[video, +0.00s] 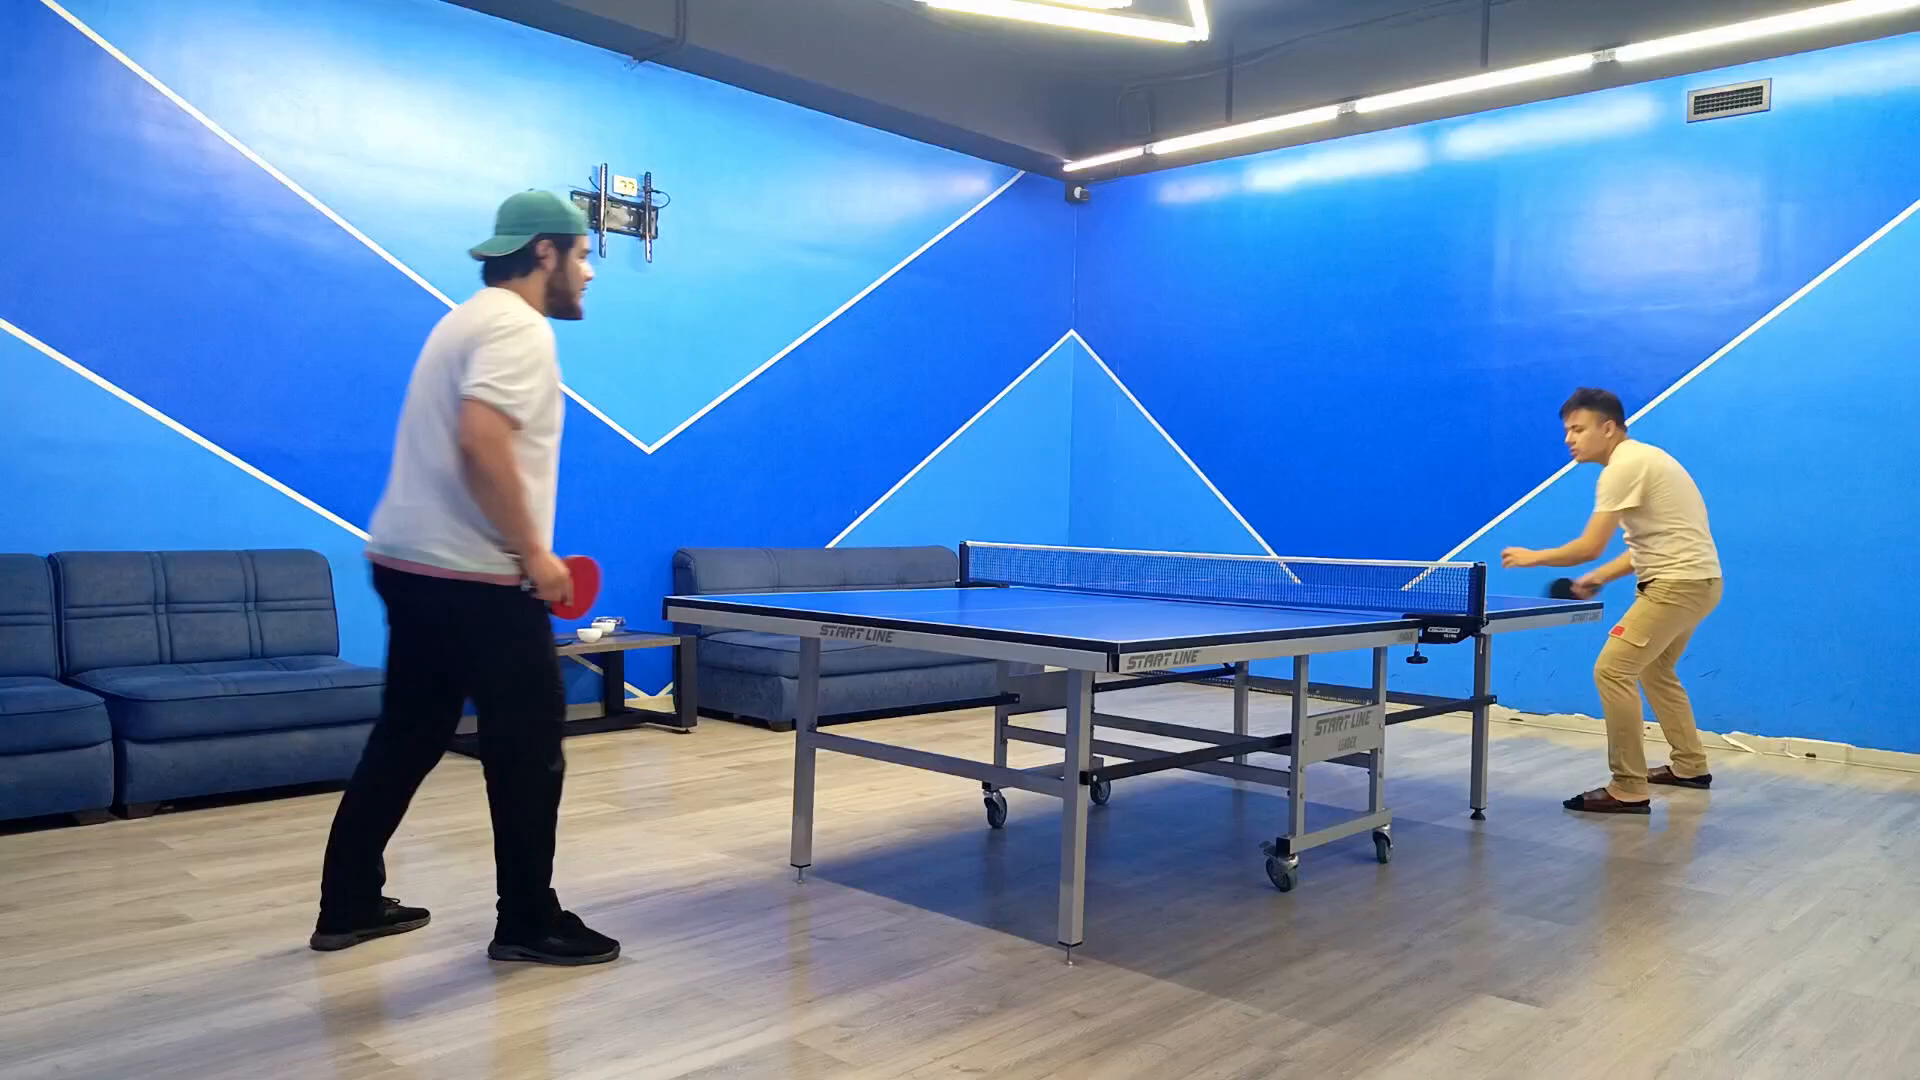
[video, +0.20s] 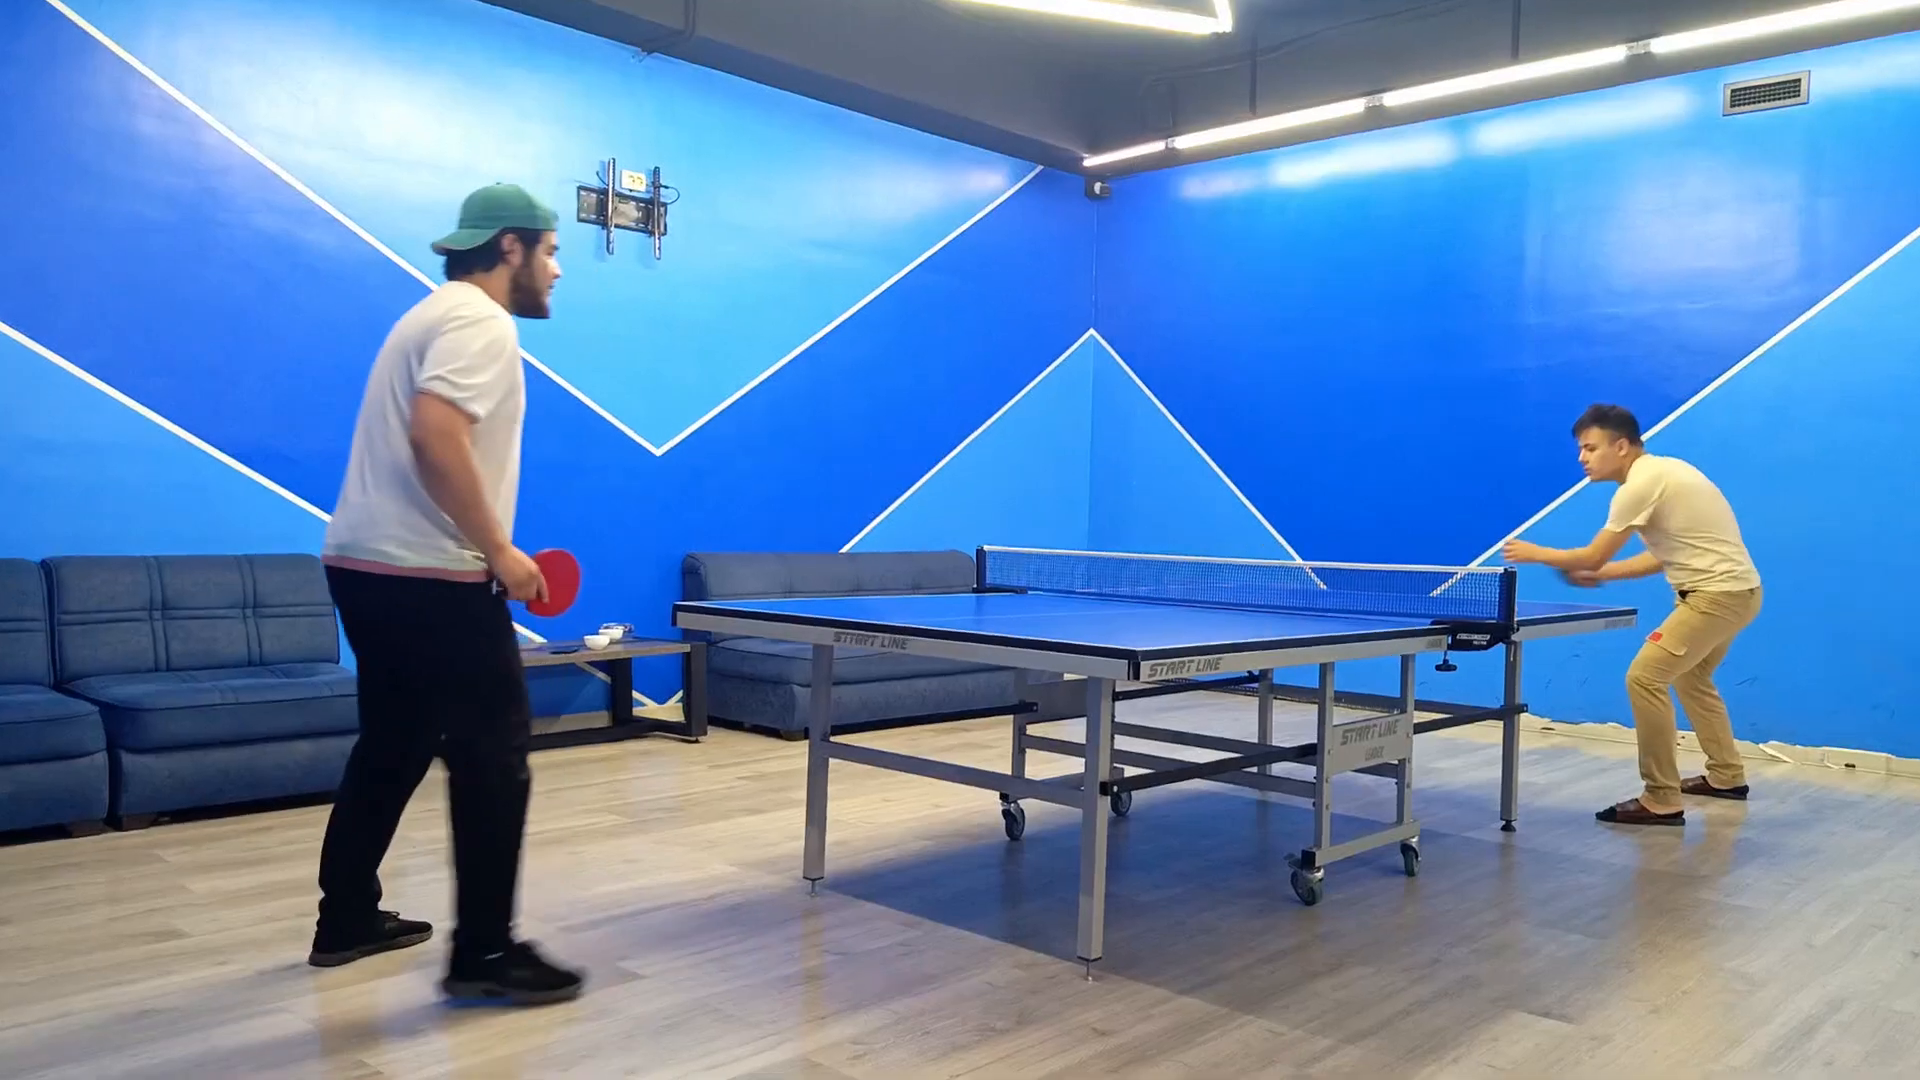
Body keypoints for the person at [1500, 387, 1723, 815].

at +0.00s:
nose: (1569, 439)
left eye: (1577, 429)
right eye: (1567, 430)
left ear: (1610, 428)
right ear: (1611, 431)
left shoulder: (1624, 464)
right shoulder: (1646, 459)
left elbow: (1590, 547)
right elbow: (1652, 545)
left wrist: (1535, 557)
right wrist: (1598, 577)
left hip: (1677, 580)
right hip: (1694, 578)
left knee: (1613, 671)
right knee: (1657, 670)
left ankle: (1629, 788)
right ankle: (1690, 767)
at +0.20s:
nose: (1582, 459)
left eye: (1590, 449)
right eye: (1581, 450)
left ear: (1623, 446)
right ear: (1625, 448)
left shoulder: (1640, 484)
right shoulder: (1667, 471)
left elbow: (1591, 558)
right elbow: (1667, 554)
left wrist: (1534, 553)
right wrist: (1601, 572)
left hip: (1715, 593)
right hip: (1738, 590)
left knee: (1645, 678)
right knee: (1690, 675)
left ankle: (1661, 800)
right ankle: (1727, 777)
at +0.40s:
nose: (1610, 473)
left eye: (1619, 461)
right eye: (1607, 463)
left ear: (1655, 461)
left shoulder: (1704, 495)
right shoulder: (1633, 507)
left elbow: (1673, 577)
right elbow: (1605, 566)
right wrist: (1608, 559)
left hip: (1762, 597)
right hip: (1723, 601)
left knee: (1696, 684)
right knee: (1713, 688)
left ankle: (1699, 811)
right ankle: (1764, 787)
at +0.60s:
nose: (1658, 475)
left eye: (1669, 465)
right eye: (1654, 465)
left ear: (1704, 462)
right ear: (1652, 465)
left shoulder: (1763, 502)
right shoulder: (1662, 502)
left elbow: (1748, 578)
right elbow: (1660, 566)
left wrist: (1706, 539)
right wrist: (1729, 572)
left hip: (1781, 602)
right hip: (1725, 607)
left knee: (1736, 696)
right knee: (1710, 696)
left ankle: (1736, 823)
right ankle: (1787, 775)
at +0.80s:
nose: (1672, 490)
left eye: (1684, 479)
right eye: (1668, 479)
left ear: (1718, 481)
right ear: (1664, 481)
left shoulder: (1769, 527)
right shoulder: (1671, 519)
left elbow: (1742, 614)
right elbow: (1658, 584)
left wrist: (1709, 556)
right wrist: (1727, 598)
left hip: (1784, 628)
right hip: (1731, 629)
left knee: (1736, 714)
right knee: (1695, 714)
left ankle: (1746, 841)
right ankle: (1735, 804)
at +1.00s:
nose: (1639, 491)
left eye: (1651, 481)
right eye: (1634, 482)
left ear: (1682, 483)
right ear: (1630, 485)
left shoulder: (1731, 529)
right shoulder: (1637, 533)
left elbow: (1785, 595)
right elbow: (1622, 609)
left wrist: (1719, 598)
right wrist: (1662, 626)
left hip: (1749, 636)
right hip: (1696, 640)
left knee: (1705, 725)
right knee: (1656, 725)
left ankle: (1714, 850)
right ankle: (1702, 814)